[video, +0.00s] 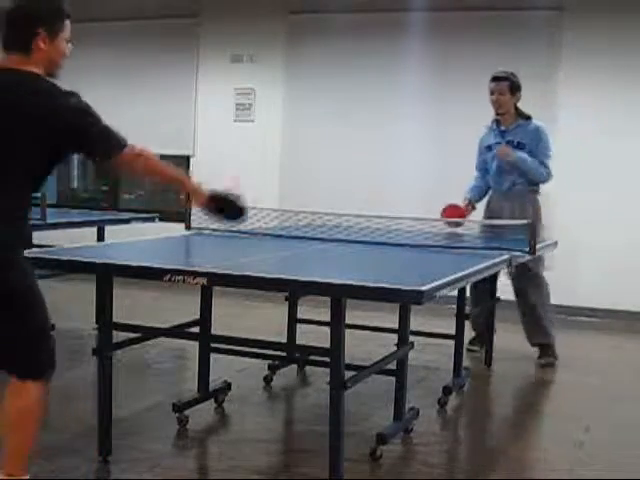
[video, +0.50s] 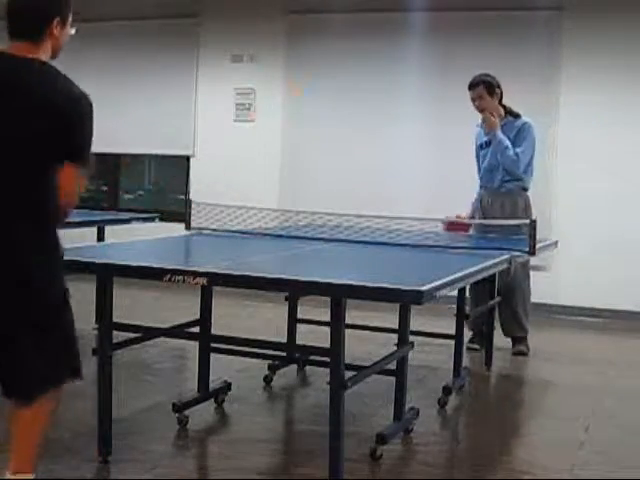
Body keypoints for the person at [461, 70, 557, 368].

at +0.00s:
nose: (496, 99)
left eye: (502, 94)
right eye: (493, 94)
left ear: (516, 97)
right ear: (489, 98)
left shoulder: (534, 132)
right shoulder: (488, 137)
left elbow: (543, 174)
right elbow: (482, 177)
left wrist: (515, 157)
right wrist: (469, 201)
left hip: (523, 203)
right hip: (496, 204)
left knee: (527, 274)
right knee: (483, 272)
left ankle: (545, 343)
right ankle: (481, 334)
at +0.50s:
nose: (476, 106)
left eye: (480, 99)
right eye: (473, 101)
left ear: (497, 96)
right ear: (474, 103)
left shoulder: (523, 128)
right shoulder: (481, 133)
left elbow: (518, 167)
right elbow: (484, 178)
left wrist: (495, 134)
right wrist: (474, 210)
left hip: (513, 198)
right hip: (487, 199)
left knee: (513, 269)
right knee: (480, 268)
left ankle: (518, 336)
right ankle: (480, 332)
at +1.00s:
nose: (406, 111)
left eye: (411, 105)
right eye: (406, 106)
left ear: (428, 106)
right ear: (417, 109)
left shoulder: (457, 137)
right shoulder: (420, 142)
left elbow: (484, 175)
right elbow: (426, 186)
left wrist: (470, 203)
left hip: (462, 207)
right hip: (435, 206)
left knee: (480, 273)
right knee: (418, 267)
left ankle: (512, 333)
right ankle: (396, 331)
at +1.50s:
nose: (393, 95)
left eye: (398, 89)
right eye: (389, 91)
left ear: (412, 90)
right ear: (385, 95)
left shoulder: (432, 125)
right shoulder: (381, 128)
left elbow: (442, 166)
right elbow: (373, 161)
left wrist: (442, 196)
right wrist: (381, 167)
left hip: (424, 195)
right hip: (394, 195)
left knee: (428, 261)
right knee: (391, 261)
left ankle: (434, 332)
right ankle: (393, 332)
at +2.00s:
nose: (400, 95)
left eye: (404, 89)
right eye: (395, 91)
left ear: (414, 93)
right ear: (389, 97)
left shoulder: (431, 128)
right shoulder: (383, 135)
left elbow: (439, 166)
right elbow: (387, 178)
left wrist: (438, 198)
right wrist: (413, 200)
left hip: (430, 201)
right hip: (399, 202)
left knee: (435, 260)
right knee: (393, 262)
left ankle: (439, 323)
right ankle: (385, 327)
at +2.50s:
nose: (420, 99)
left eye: (424, 94)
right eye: (415, 95)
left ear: (434, 98)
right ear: (409, 101)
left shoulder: (448, 131)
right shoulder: (408, 136)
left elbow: (473, 161)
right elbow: (402, 173)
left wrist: (479, 189)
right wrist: (395, 202)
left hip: (444, 203)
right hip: (415, 203)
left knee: (443, 259)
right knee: (405, 256)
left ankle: (442, 316)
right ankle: (395, 313)